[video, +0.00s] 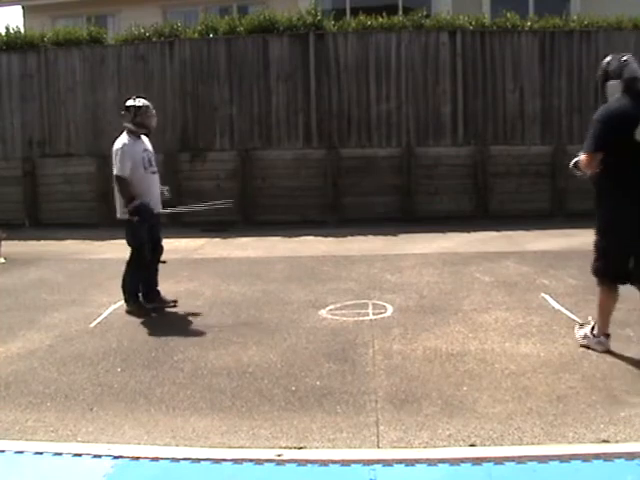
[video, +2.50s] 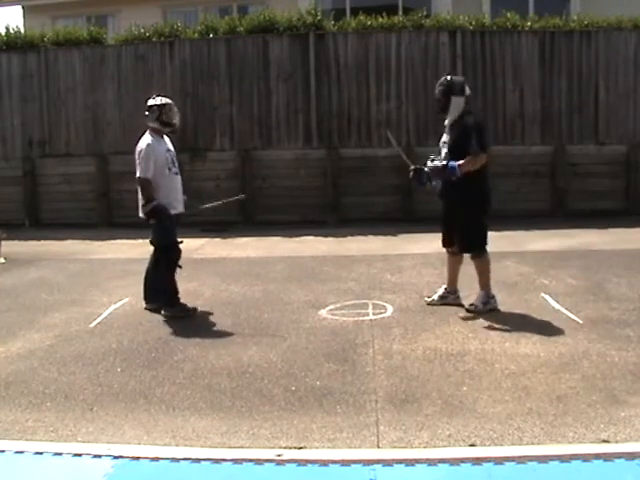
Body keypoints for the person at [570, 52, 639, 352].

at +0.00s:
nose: (604, 86)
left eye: (606, 81)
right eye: (604, 82)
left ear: (612, 81)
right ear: (633, 80)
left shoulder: (610, 114)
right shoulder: (635, 109)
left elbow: (590, 163)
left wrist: (583, 163)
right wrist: (595, 162)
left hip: (618, 209)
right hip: (634, 207)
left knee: (608, 271)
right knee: (614, 271)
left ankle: (600, 332)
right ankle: (600, 329)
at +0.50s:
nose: (559, 92)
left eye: (561, 88)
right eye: (560, 87)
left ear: (569, 88)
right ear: (589, 86)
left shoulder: (573, 118)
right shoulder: (607, 115)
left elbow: (543, 151)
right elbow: (589, 150)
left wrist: (539, 145)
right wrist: (552, 154)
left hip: (579, 205)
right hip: (601, 201)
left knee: (581, 265)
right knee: (581, 258)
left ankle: (596, 330)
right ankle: (575, 308)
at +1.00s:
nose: (522, 94)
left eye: (526, 89)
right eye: (524, 89)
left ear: (536, 91)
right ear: (548, 90)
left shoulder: (552, 118)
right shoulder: (545, 117)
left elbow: (560, 153)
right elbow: (547, 155)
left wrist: (533, 172)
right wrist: (527, 169)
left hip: (545, 199)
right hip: (555, 197)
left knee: (522, 249)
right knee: (559, 253)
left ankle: (534, 303)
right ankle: (564, 309)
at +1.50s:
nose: (479, 97)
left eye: (482, 92)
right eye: (480, 92)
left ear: (492, 95)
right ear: (500, 96)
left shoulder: (502, 125)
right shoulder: (496, 122)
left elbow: (498, 164)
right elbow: (490, 157)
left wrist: (476, 183)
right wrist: (474, 171)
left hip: (499, 196)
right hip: (497, 195)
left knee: (489, 247)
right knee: (492, 244)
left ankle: (497, 300)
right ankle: (511, 286)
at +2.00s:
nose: (441, 102)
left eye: (445, 97)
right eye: (441, 97)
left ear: (458, 99)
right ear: (456, 99)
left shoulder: (476, 126)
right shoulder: (453, 127)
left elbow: (486, 157)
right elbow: (457, 162)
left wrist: (470, 185)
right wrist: (444, 181)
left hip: (475, 196)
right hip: (456, 195)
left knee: (473, 248)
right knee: (452, 244)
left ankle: (495, 298)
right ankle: (451, 290)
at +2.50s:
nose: (439, 103)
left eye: (443, 97)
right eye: (440, 97)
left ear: (456, 98)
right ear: (450, 99)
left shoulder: (472, 124)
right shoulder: (450, 125)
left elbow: (480, 157)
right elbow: (447, 157)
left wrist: (451, 169)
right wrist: (427, 171)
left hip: (472, 197)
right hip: (453, 196)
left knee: (476, 246)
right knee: (452, 244)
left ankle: (486, 294)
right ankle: (450, 290)